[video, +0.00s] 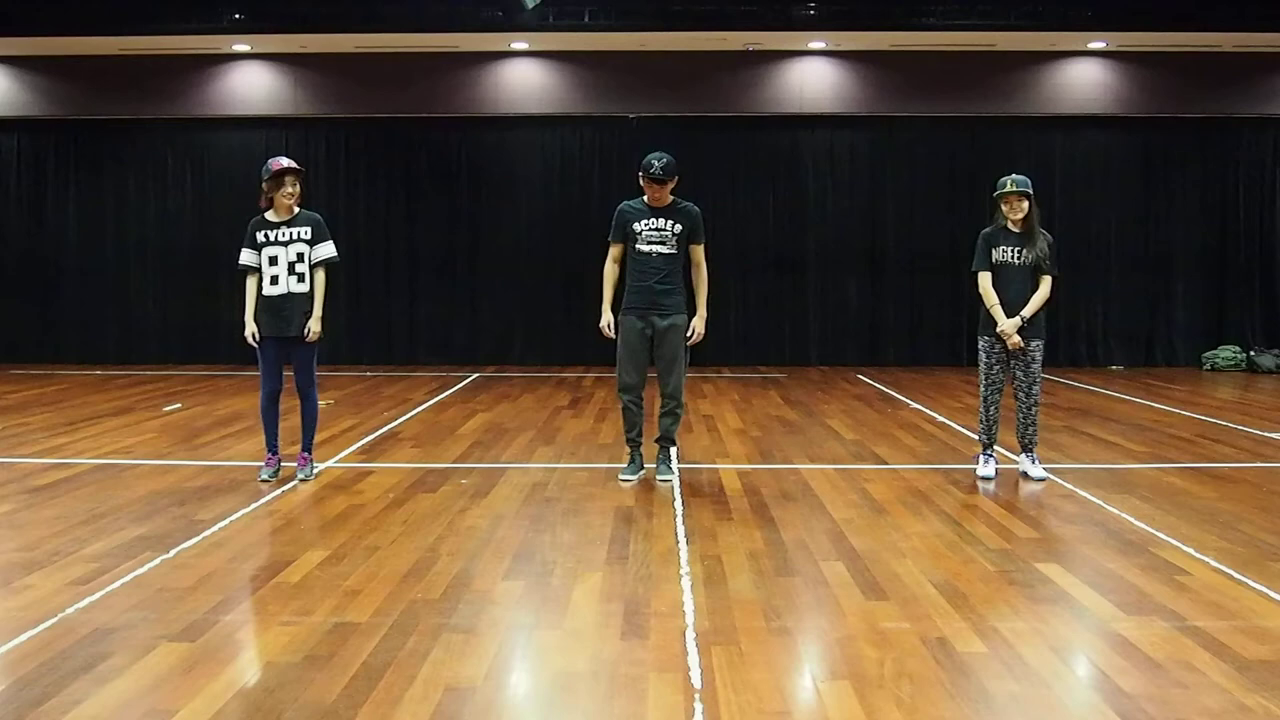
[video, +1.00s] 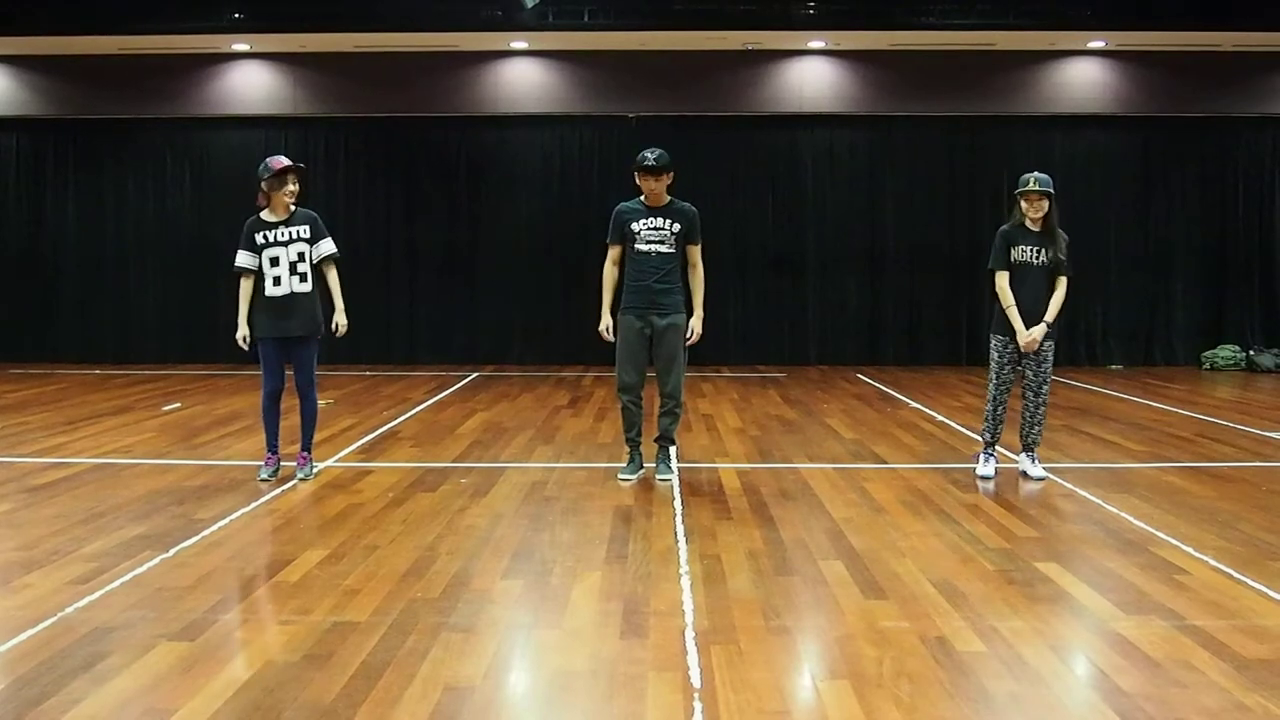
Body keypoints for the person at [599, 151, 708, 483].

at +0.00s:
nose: (656, 190)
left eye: (662, 184)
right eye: (650, 184)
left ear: (673, 182)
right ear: (642, 180)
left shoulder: (689, 215)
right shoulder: (626, 212)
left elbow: (698, 265)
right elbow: (613, 260)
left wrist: (701, 313)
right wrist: (607, 307)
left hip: (673, 315)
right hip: (632, 314)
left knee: (672, 389)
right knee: (629, 388)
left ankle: (667, 452)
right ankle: (634, 454)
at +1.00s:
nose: (650, 181)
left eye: (656, 175)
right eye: (644, 175)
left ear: (669, 177)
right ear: (637, 177)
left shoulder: (686, 214)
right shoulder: (624, 213)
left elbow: (695, 265)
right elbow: (612, 263)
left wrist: (698, 314)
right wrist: (606, 311)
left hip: (672, 315)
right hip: (631, 314)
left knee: (671, 389)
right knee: (628, 387)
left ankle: (667, 451)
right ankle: (633, 454)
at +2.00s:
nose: (653, 190)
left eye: (659, 184)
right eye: (647, 184)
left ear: (669, 186)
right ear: (637, 186)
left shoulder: (685, 220)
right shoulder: (621, 220)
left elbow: (687, 271)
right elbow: (621, 268)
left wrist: (668, 254)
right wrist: (646, 233)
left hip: (674, 307)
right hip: (635, 312)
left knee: (697, 355)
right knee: (627, 386)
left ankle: (678, 416)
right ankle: (634, 454)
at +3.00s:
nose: (686, 173)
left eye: (692, 169)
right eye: (680, 168)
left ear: (700, 179)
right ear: (667, 175)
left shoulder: (713, 214)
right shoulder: (651, 212)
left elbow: (724, 248)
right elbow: (651, 241)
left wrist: (701, 209)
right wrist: (676, 201)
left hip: (704, 315)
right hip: (661, 316)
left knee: (728, 375)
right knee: (655, 391)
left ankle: (714, 440)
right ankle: (659, 457)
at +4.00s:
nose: (691, 175)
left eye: (698, 169)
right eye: (685, 169)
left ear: (708, 176)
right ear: (674, 175)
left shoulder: (726, 214)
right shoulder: (660, 214)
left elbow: (729, 253)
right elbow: (657, 252)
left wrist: (703, 212)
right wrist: (681, 207)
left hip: (713, 315)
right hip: (672, 315)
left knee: (721, 396)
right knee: (667, 394)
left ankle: (711, 462)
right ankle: (677, 462)